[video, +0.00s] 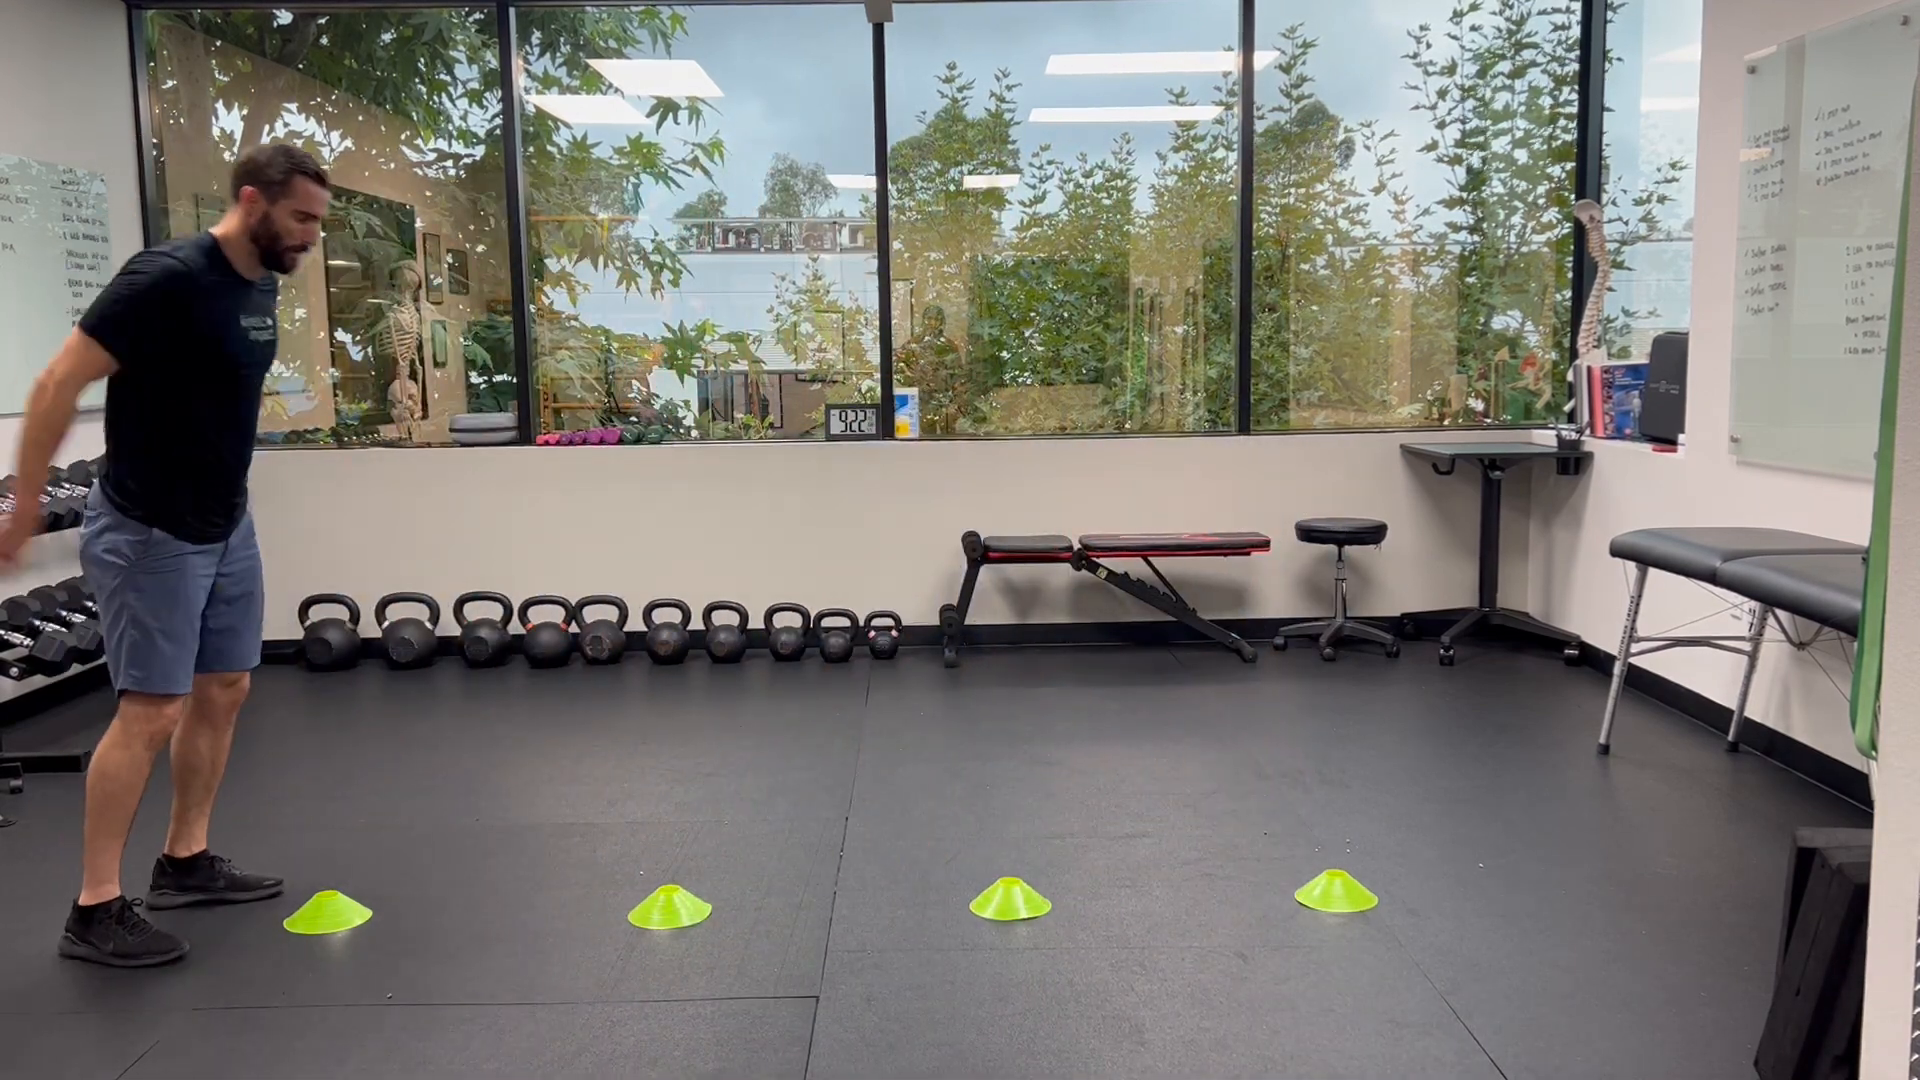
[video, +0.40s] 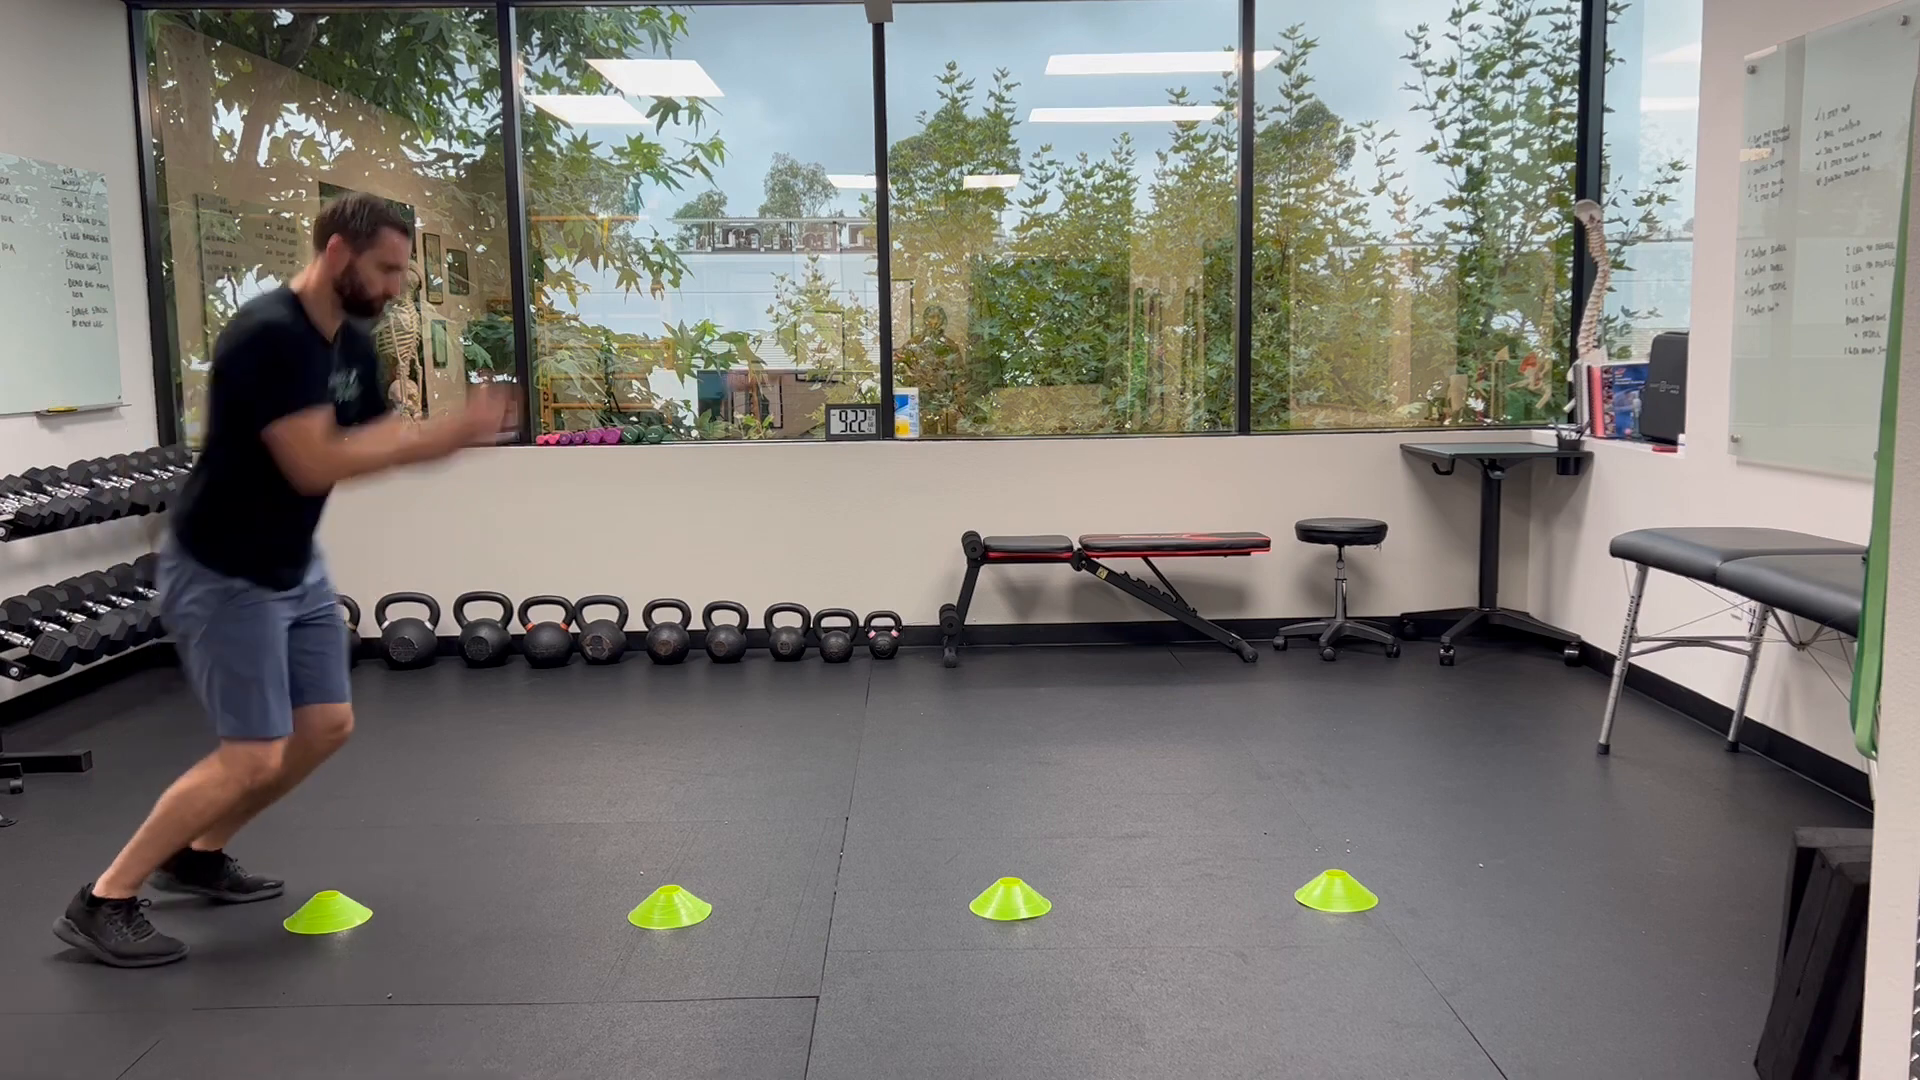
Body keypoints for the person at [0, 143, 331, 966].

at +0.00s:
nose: (311, 238)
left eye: (319, 223)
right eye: (301, 219)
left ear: (293, 217)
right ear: (249, 202)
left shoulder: (261, 286)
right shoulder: (165, 276)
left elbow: (209, 394)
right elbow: (57, 383)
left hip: (225, 528)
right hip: (149, 535)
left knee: (222, 690)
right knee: (148, 713)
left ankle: (186, 858)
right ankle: (97, 907)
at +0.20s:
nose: (390, 297)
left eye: (397, 283)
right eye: (382, 279)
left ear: (355, 269)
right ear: (331, 260)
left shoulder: (322, 335)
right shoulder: (234, 317)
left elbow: (236, 409)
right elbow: (85, 365)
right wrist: (12, 465)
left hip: (229, 538)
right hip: (148, 539)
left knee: (257, 698)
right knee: (192, 716)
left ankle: (188, 857)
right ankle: (95, 902)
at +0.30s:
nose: (401, 317)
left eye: (405, 303)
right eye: (392, 301)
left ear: (349, 294)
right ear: (339, 287)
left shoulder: (337, 370)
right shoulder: (247, 361)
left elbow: (281, 477)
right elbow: (153, 476)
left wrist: (322, 569)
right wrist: (194, 598)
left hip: (254, 562)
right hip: (177, 561)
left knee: (303, 720)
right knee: (235, 749)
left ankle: (191, 859)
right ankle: (99, 907)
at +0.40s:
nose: (394, 287)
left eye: (401, 273)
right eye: (385, 269)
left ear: (383, 267)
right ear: (336, 252)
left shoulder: (354, 344)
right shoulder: (269, 334)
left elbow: (373, 446)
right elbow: (312, 463)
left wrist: (455, 434)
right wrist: (439, 433)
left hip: (294, 562)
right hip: (222, 572)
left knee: (324, 724)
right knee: (254, 759)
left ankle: (197, 850)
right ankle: (106, 899)